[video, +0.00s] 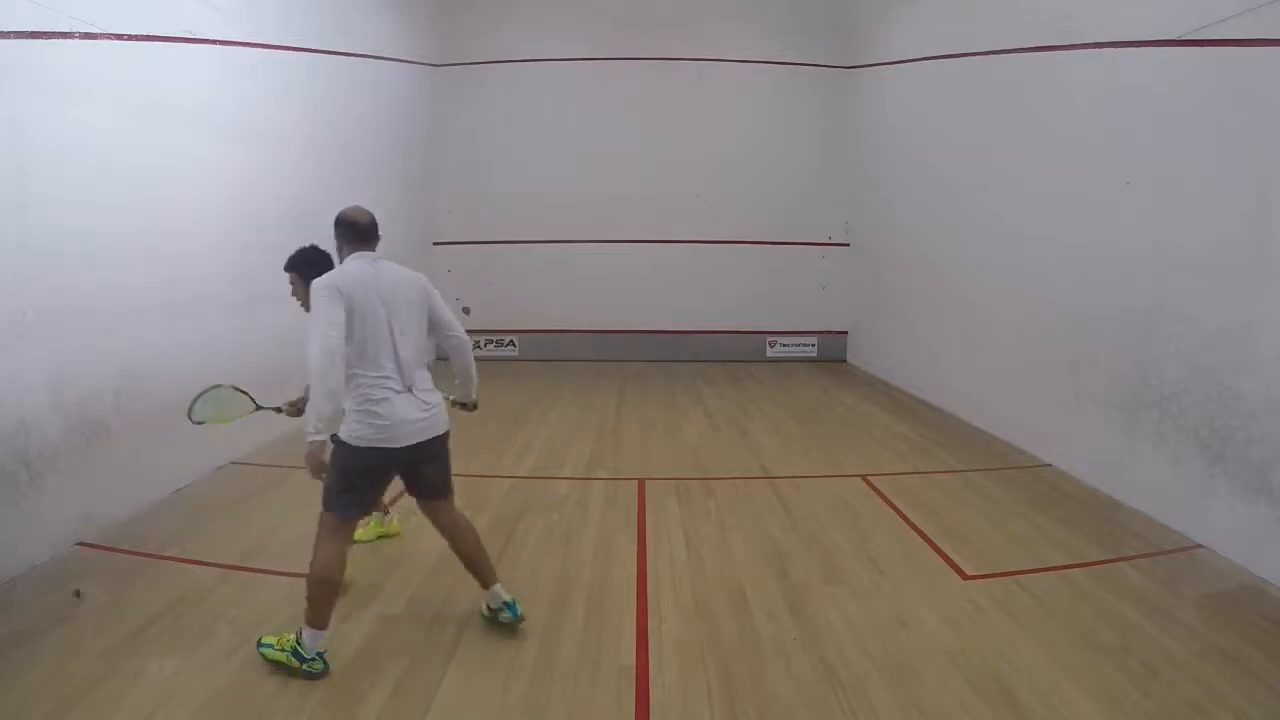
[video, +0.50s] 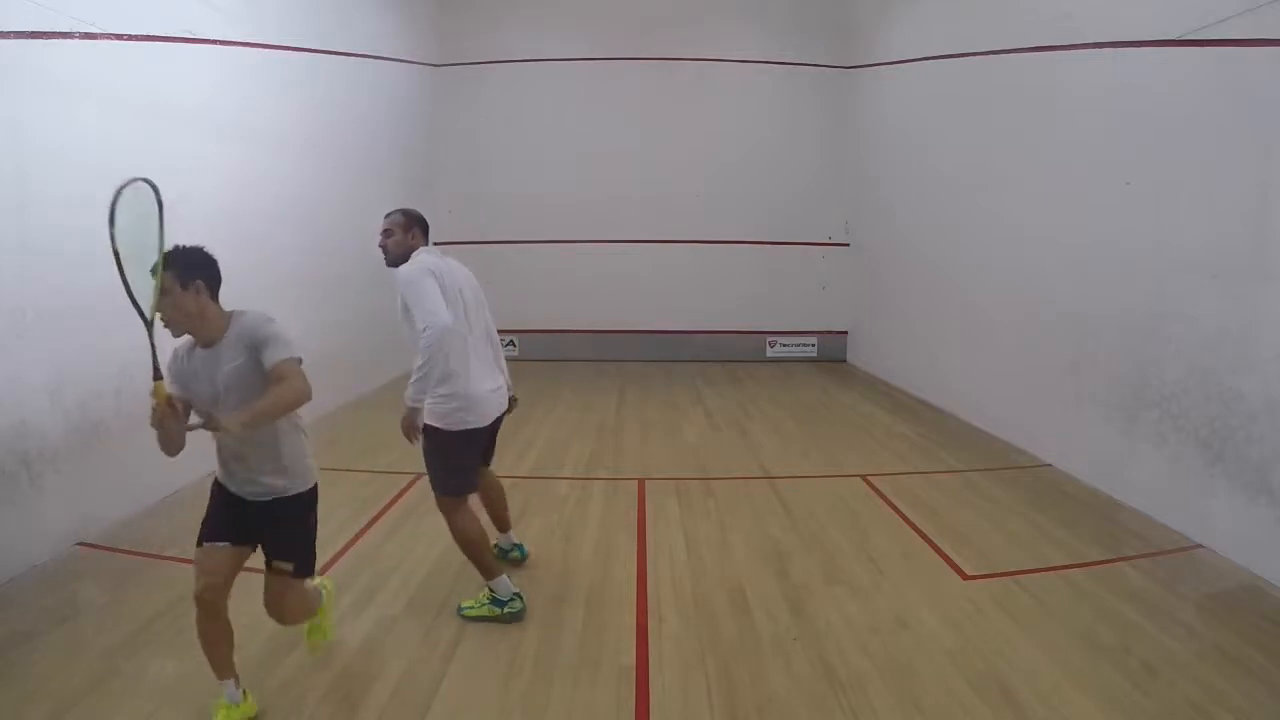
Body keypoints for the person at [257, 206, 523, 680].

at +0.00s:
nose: (338, 249)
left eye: (336, 242)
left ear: (338, 242)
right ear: (378, 240)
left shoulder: (330, 286)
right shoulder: (415, 281)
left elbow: (327, 357)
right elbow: (457, 340)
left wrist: (318, 433)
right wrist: (467, 392)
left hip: (367, 435)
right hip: (427, 426)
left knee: (333, 533)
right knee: (445, 511)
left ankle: (310, 647)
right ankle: (500, 601)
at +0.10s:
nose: (347, 245)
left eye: (351, 237)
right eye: (349, 237)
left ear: (366, 238)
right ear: (391, 237)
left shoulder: (359, 282)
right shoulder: (436, 275)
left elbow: (371, 344)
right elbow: (475, 337)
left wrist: (365, 423)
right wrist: (488, 388)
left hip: (397, 426)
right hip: (454, 417)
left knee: (358, 519)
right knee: (459, 503)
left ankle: (349, 637)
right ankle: (503, 606)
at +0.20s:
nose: (355, 232)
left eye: (360, 223)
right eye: (356, 224)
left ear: (384, 220)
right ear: (396, 222)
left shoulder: (380, 265)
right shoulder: (444, 259)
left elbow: (399, 328)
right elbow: (481, 322)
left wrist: (396, 404)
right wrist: (494, 379)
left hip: (418, 406)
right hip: (467, 398)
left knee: (392, 502)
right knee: (464, 490)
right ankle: (503, 592)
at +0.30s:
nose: (365, 227)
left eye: (372, 218)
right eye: (364, 220)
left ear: (398, 218)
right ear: (404, 221)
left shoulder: (392, 259)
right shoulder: (450, 255)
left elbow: (414, 316)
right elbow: (485, 320)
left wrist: (411, 394)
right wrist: (496, 375)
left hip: (433, 399)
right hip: (476, 391)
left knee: (431, 494)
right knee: (457, 479)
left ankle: (489, 588)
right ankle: (510, 558)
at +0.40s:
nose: (374, 237)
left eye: (382, 230)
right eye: (374, 230)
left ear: (408, 231)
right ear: (413, 235)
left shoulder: (400, 270)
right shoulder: (455, 267)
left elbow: (424, 324)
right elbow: (490, 331)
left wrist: (414, 402)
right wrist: (504, 384)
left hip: (446, 409)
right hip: (484, 401)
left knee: (459, 509)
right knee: (466, 476)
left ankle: (505, 597)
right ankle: (516, 546)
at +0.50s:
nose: (380, 242)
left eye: (388, 234)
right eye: (381, 235)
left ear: (416, 236)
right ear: (419, 239)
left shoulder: (412, 271)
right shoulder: (457, 269)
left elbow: (437, 327)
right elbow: (489, 333)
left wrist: (413, 404)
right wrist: (504, 387)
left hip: (453, 408)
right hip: (491, 399)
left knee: (454, 504)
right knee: (479, 470)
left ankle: (503, 595)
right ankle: (509, 543)